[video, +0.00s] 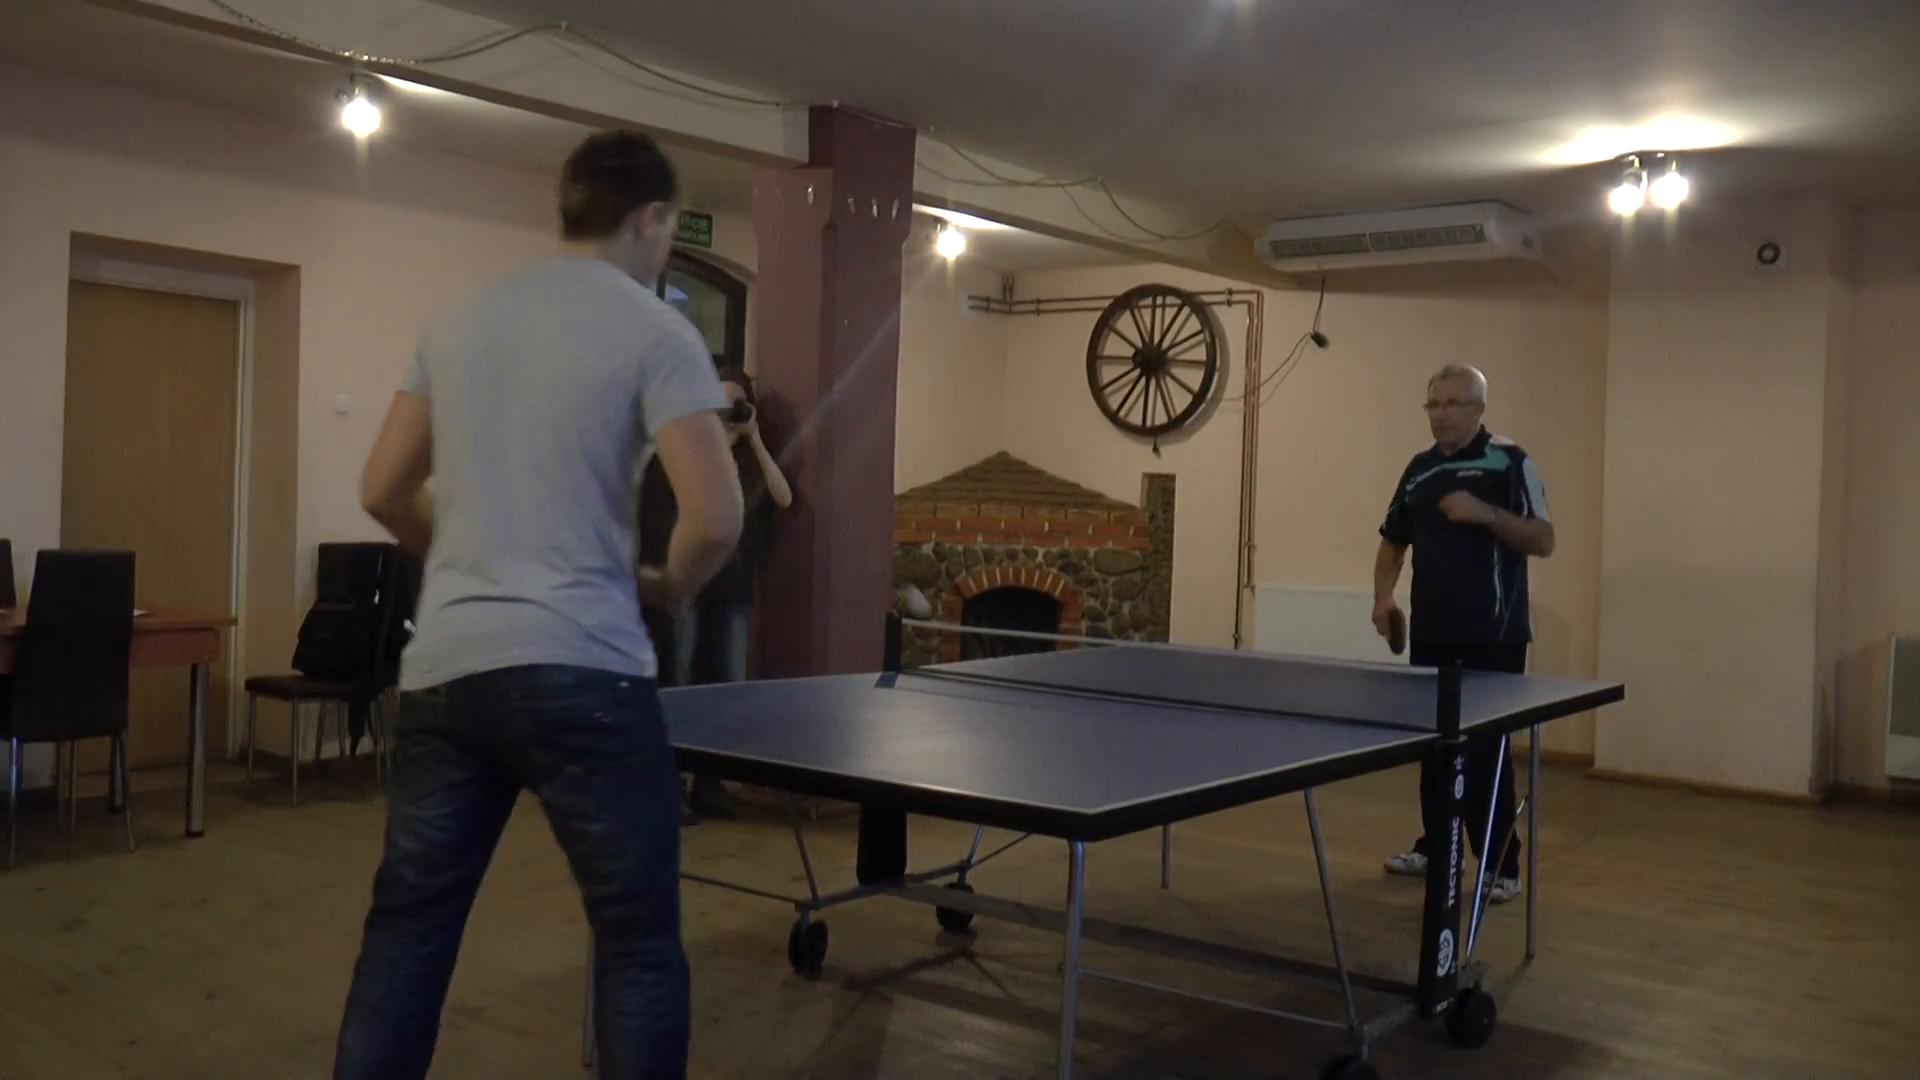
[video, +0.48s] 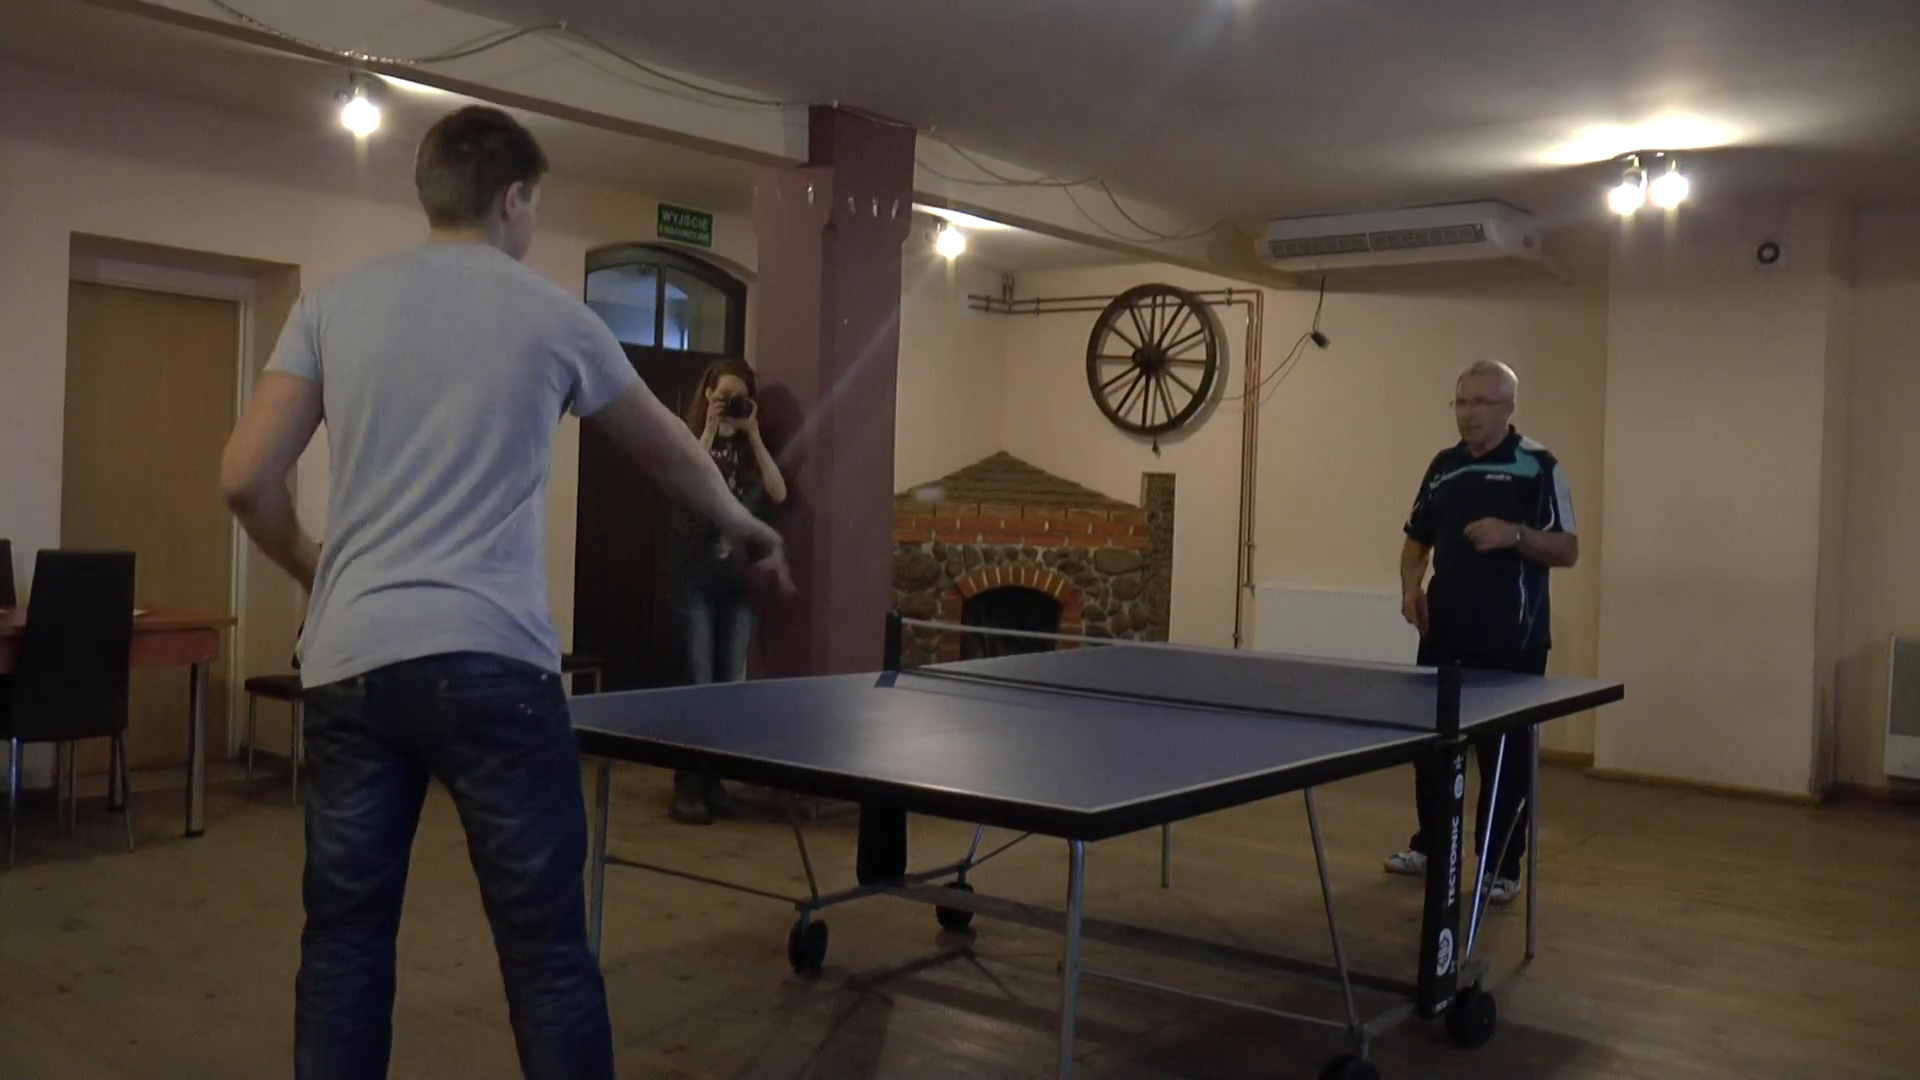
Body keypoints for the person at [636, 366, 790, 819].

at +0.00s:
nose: (730, 417)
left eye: (738, 408)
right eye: (722, 407)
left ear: (748, 413)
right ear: (703, 410)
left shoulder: (750, 452)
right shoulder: (685, 450)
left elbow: (782, 499)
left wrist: (755, 441)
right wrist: (713, 441)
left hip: (733, 577)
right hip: (683, 576)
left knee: (730, 680)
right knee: (680, 679)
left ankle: (713, 781)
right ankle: (670, 781)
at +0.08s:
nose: (730, 411)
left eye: (739, 405)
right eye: (722, 402)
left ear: (750, 410)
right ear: (706, 403)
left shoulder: (754, 454)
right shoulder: (691, 447)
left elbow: (783, 498)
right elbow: (686, 490)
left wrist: (755, 440)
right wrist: (710, 441)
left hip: (736, 579)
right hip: (690, 577)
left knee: (730, 684)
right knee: (686, 681)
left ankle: (712, 783)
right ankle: (671, 785)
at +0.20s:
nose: (730, 410)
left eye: (739, 403)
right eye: (723, 401)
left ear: (749, 407)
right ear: (704, 399)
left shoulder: (753, 449)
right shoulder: (689, 443)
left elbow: (782, 496)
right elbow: (685, 494)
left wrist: (755, 440)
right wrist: (709, 439)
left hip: (739, 578)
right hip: (691, 577)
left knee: (732, 685)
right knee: (691, 683)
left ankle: (712, 784)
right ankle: (673, 786)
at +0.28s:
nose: (731, 409)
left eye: (740, 402)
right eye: (724, 400)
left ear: (750, 406)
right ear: (705, 397)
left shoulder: (753, 448)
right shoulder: (689, 441)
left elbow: (780, 495)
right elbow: (685, 489)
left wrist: (756, 439)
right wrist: (709, 436)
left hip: (739, 577)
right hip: (694, 576)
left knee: (732, 684)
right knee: (693, 682)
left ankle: (712, 783)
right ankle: (674, 785)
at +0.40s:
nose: (731, 409)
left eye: (740, 402)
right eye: (724, 400)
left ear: (750, 404)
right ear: (706, 397)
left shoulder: (754, 447)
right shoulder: (691, 442)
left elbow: (778, 494)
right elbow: (686, 485)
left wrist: (753, 435)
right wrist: (709, 433)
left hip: (740, 571)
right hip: (694, 570)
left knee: (732, 682)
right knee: (698, 679)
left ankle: (714, 782)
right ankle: (685, 785)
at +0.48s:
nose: (730, 408)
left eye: (739, 402)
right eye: (723, 400)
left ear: (749, 405)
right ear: (706, 396)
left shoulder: (753, 447)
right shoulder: (692, 443)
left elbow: (778, 493)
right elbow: (685, 485)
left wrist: (753, 436)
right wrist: (708, 434)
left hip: (739, 571)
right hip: (694, 571)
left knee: (733, 682)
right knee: (699, 680)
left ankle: (716, 782)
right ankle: (688, 784)